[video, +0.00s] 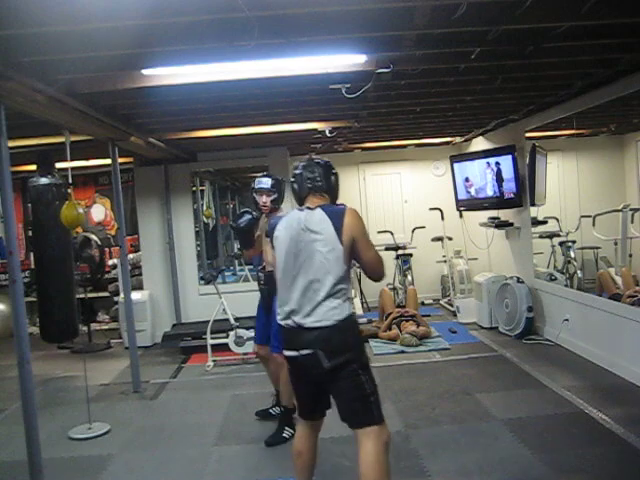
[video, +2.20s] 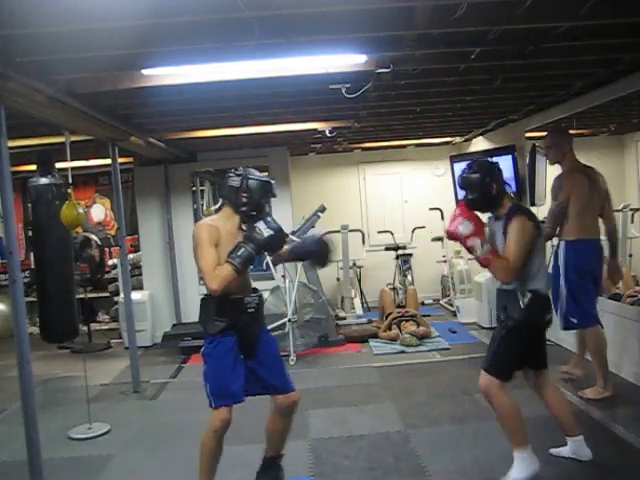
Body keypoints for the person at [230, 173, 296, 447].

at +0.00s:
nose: (264, 199)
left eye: (269, 193)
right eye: (259, 193)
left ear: (278, 195)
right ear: (255, 196)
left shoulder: (283, 223)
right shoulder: (260, 222)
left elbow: (280, 260)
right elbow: (252, 255)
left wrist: (264, 238)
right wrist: (254, 234)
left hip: (283, 288)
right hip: (265, 287)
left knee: (278, 354)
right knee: (262, 349)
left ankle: (289, 419)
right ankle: (282, 401)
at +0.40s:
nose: (278, 200)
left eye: (282, 195)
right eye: (273, 195)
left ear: (289, 195)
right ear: (266, 195)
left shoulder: (301, 218)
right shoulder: (261, 221)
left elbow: (320, 249)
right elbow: (244, 258)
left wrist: (312, 241)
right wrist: (251, 231)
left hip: (297, 285)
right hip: (271, 286)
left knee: (293, 352)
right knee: (282, 353)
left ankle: (309, 413)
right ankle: (297, 409)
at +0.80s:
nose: (288, 205)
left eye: (292, 200)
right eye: (283, 200)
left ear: (298, 200)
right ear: (272, 200)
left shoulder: (306, 222)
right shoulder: (263, 224)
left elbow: (325, 258)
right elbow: (239, 265)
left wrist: (304, 242)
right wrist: (252, 237)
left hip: (304, 293)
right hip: (273, 294)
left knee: (318, 362)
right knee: (263, 367)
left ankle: (336, 419)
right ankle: (278, 415)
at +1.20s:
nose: (245, 203)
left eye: (249, 197)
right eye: (240, 197)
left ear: (255, 197)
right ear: (227, 198)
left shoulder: (265, 222)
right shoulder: (213, 228)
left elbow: (293, 257)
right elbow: (201, 273)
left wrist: (298, 243)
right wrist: (217, 244)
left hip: (264, 299)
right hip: (230, 301)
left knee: (272, 371)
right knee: (233, 376)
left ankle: (294, 423)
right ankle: (242, 438)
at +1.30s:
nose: (242, 202)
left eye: (246, 196)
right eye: (236, 196)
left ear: (250, 198)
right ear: (221, 196)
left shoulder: (258, 222)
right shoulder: (204, 226)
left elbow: (289, 258)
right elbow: (193, 271)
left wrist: (295, 242)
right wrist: (212, 243)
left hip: (257, 301)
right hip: (224, 303)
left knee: (261, 376)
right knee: (231, 377)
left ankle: (264, 453)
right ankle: (241, 438)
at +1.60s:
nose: (241, 202)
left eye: (243, 196)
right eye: (235, 196)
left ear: (243, 198)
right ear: (217, 196)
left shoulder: (249, 225)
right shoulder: (195, 228)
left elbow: (276, 264)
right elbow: (184, 277)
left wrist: (290, 248)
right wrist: (209, 246)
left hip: (246, 311)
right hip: (209, 312)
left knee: (245, 393)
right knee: (201, 394)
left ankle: (242, 464)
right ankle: (209, 444)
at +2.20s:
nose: (263, 206)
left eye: (264, 200)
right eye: (259, 199)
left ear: (241, 197)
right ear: (240, 196)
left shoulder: (248, 225)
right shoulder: (207, 228)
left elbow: (271, 256)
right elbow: (215, 282)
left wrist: (303, 250)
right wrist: (250, 248)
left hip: (252, 323)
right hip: (221, 329)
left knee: (287, 400)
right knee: (221, 418)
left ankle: (270, 471)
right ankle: (205, 477)